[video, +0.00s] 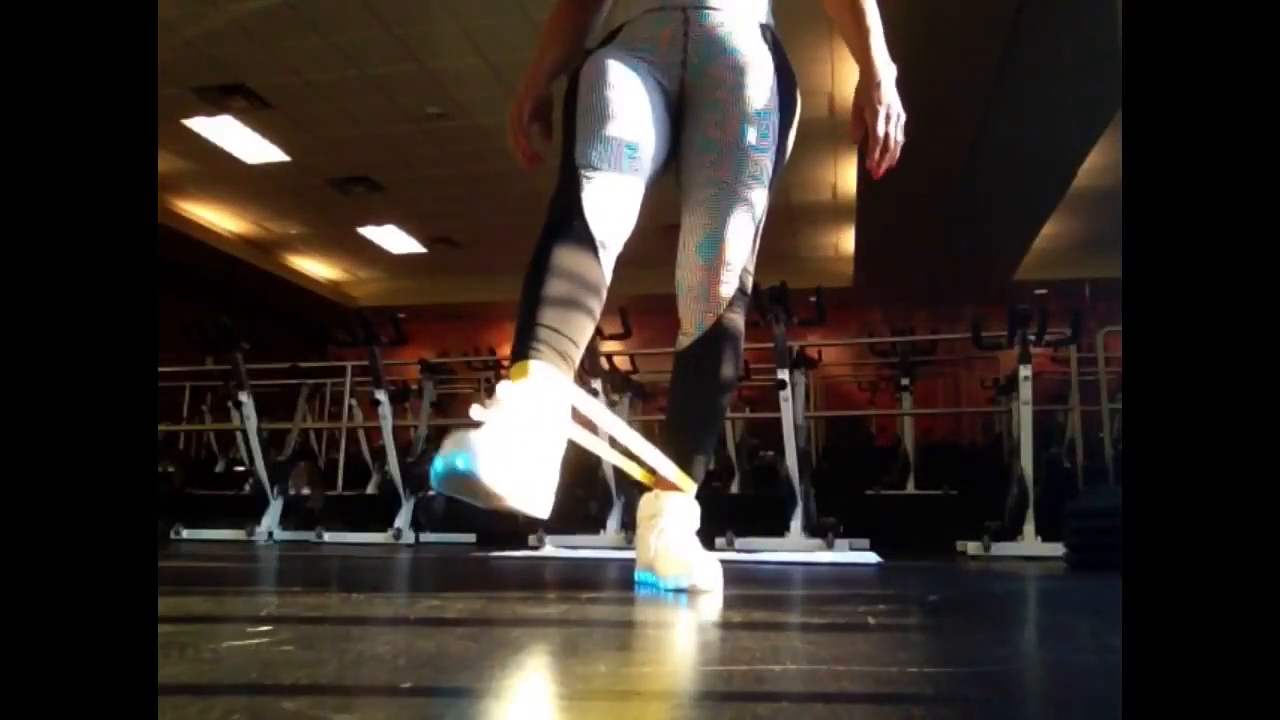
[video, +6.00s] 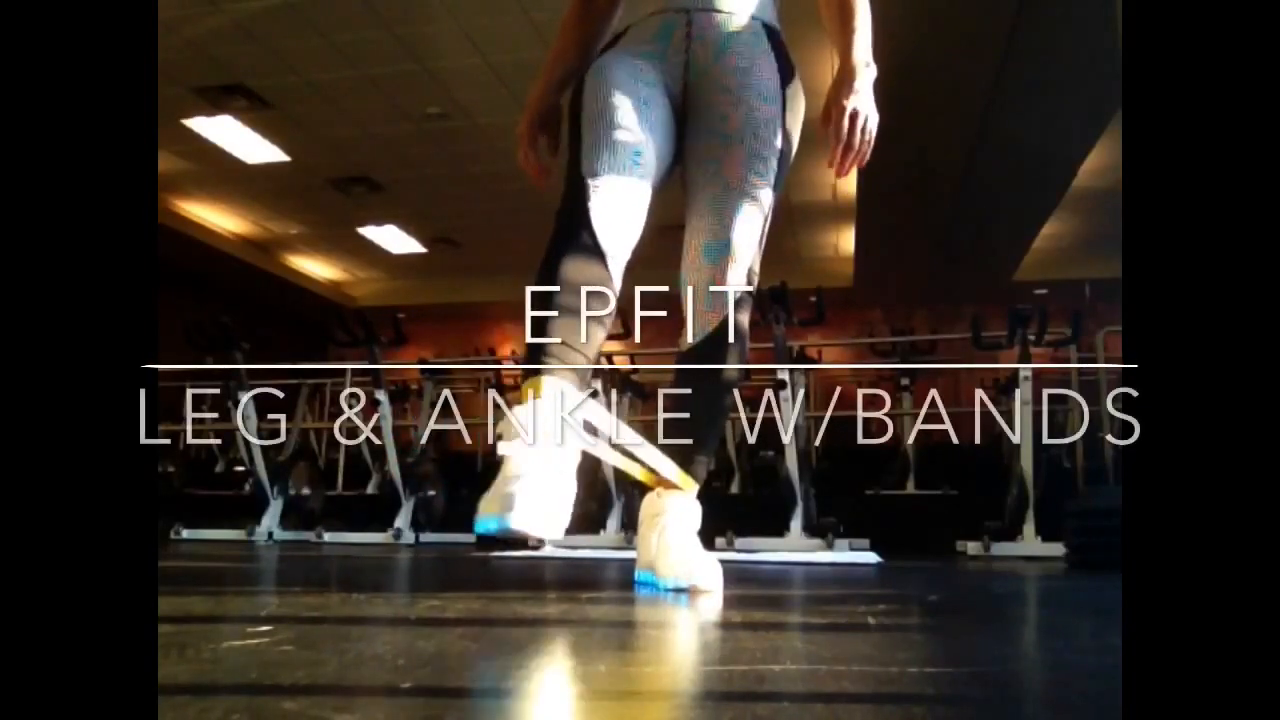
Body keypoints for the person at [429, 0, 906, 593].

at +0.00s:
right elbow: (581, 2)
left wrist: (877, 69)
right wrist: (538, 74)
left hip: (741, 29)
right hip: (628, 28)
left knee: (715, 279)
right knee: (591, 197)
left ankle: (672, 518)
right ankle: (528, 430)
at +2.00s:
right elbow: (586, 3)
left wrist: (860, 60)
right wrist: (544, 90)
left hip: (739, 24)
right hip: (628, 30)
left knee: (717, 276)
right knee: (604, 196)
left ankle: (671, 513)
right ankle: (561, 427)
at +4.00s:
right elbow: (589, 6)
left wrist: (864, 41)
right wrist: (555, 97)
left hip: (744, 30)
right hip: (630, 29)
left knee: (722, 279)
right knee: (612, 208)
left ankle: (673, 516)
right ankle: (577, 419)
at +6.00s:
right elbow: (596, 4)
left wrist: (857, 69)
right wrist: (548, 86)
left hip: (747, 28)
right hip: (634, 26)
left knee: (721, 272)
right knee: (599, 214)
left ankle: (674, 516)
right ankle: (543, 452)